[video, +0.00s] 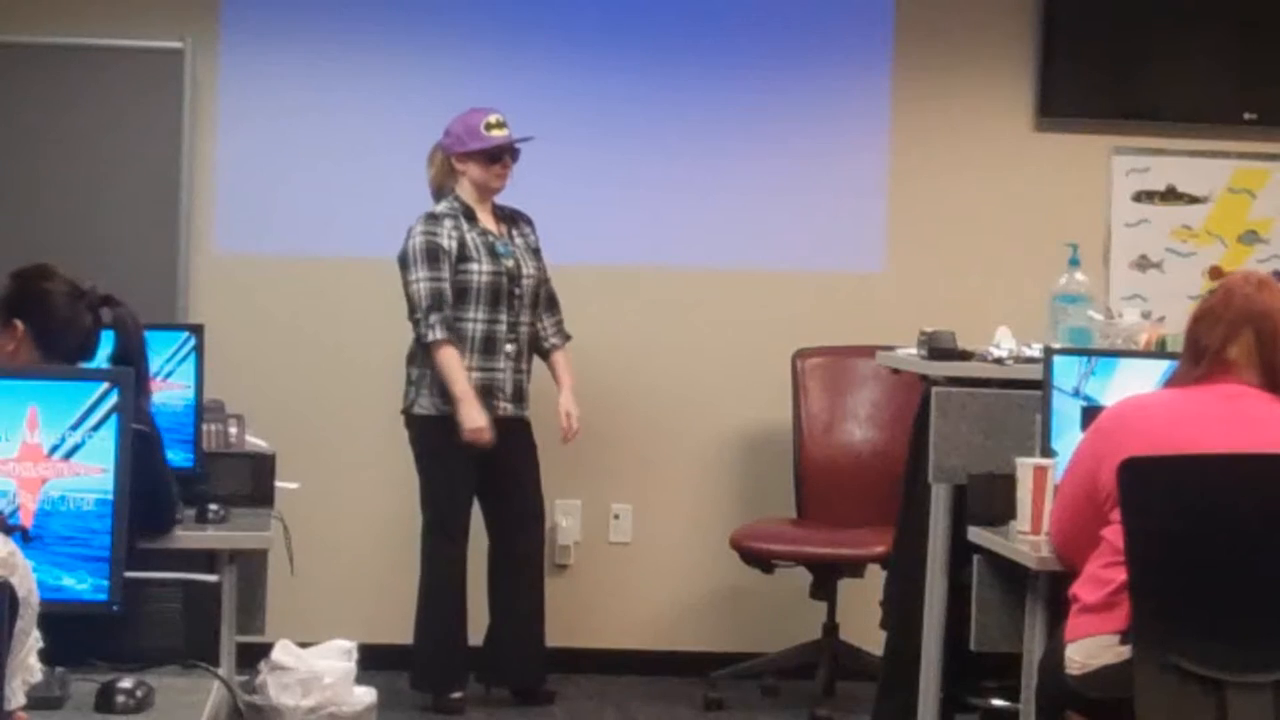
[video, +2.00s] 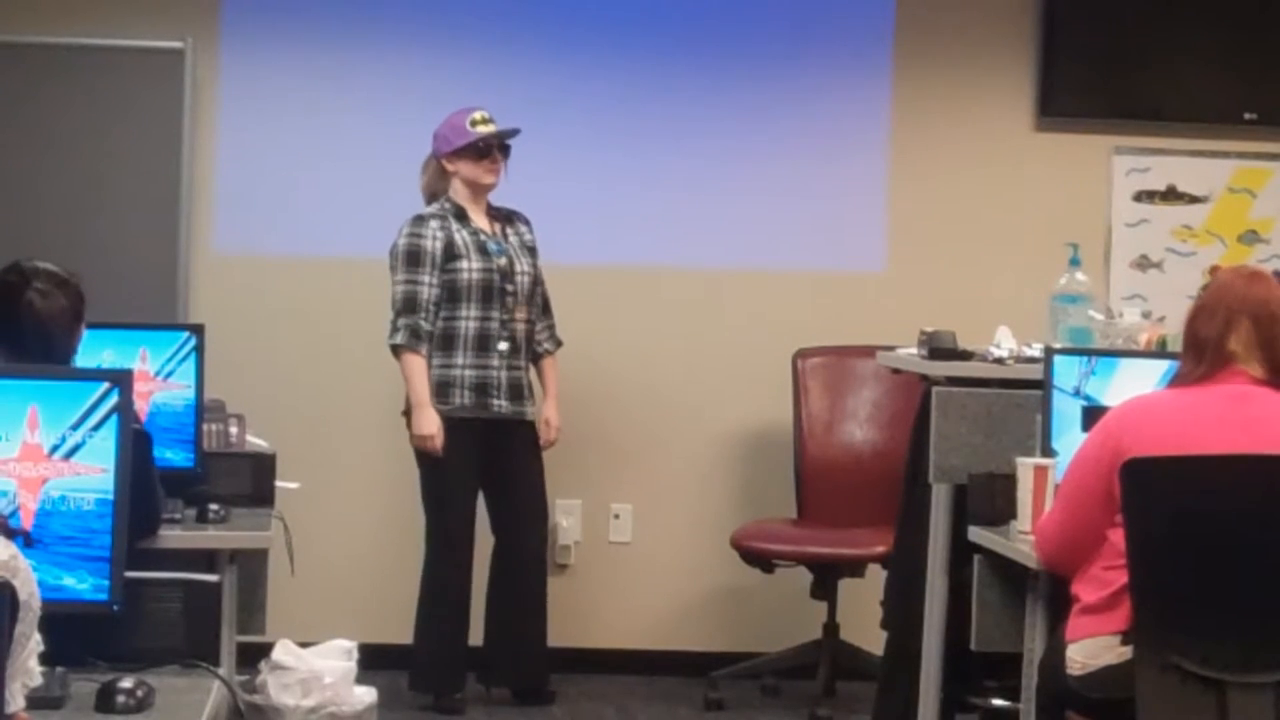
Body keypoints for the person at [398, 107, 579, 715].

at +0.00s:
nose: (504, 165)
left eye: (509, 156)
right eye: (491, 157)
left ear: (511, 162)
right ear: (457, 161)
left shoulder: (520, 229)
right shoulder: (431, 230)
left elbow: (544, 314)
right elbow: (432, 327)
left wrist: (565, 385)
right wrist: (466, 401)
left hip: (507, 415)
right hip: (442, 413)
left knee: (521, 542)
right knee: (446, 546)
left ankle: (519, 672)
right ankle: (441, 680)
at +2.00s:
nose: (495, 160)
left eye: (499, 151)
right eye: (480, 152)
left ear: (502, 160)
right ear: (448, 161)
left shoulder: (517, 230)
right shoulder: (424, 229)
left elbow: (540, 321)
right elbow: (408, 328)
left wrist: (550, 395)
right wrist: (420, 405)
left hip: (513, 416)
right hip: (450, 415)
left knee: (525, 543)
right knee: (451, 548)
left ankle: (519, 675)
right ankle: (439, 683)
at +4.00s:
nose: (489, 169)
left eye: (503, 162)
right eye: (490, 160)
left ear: (542, 171)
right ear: (499, 170)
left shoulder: (588, 244)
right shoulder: (476, 243)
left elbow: (615, 334)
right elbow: (430, 312)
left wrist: (599, 414)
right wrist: (383, 369)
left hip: (568, 431)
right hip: (487, 428)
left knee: (575, 567)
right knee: (463, 553)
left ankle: (577, 702)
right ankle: (435, 701)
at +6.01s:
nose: (536, 161)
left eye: (555, 152)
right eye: (532, 151)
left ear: (594, 164)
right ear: (526, 162)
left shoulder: (629, 241)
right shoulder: (499, 245)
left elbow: (602, 339)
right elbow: (468, 361)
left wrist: (531, 412)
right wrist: (464, 460)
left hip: (600, 472)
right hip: (505, 469)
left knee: (592, 627)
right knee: (507, 628)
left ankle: (586, 716)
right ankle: (512, 717)